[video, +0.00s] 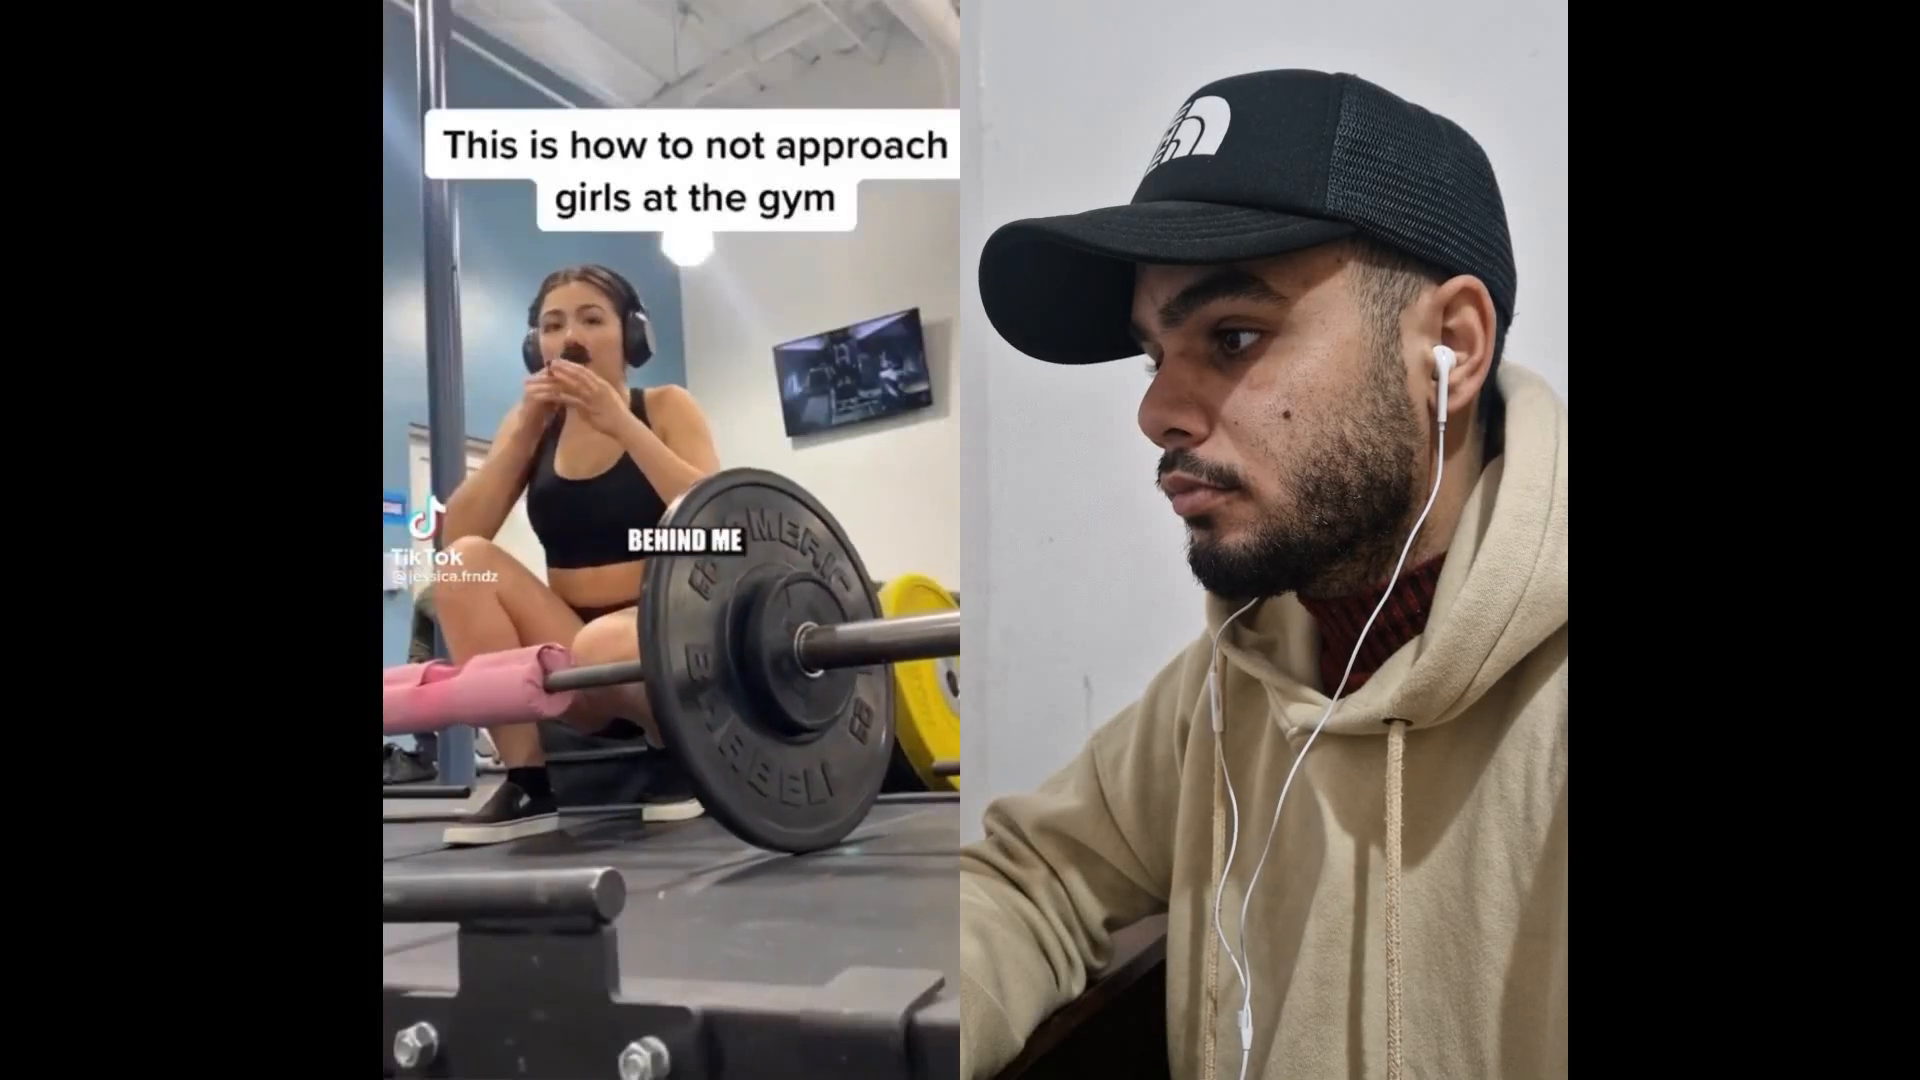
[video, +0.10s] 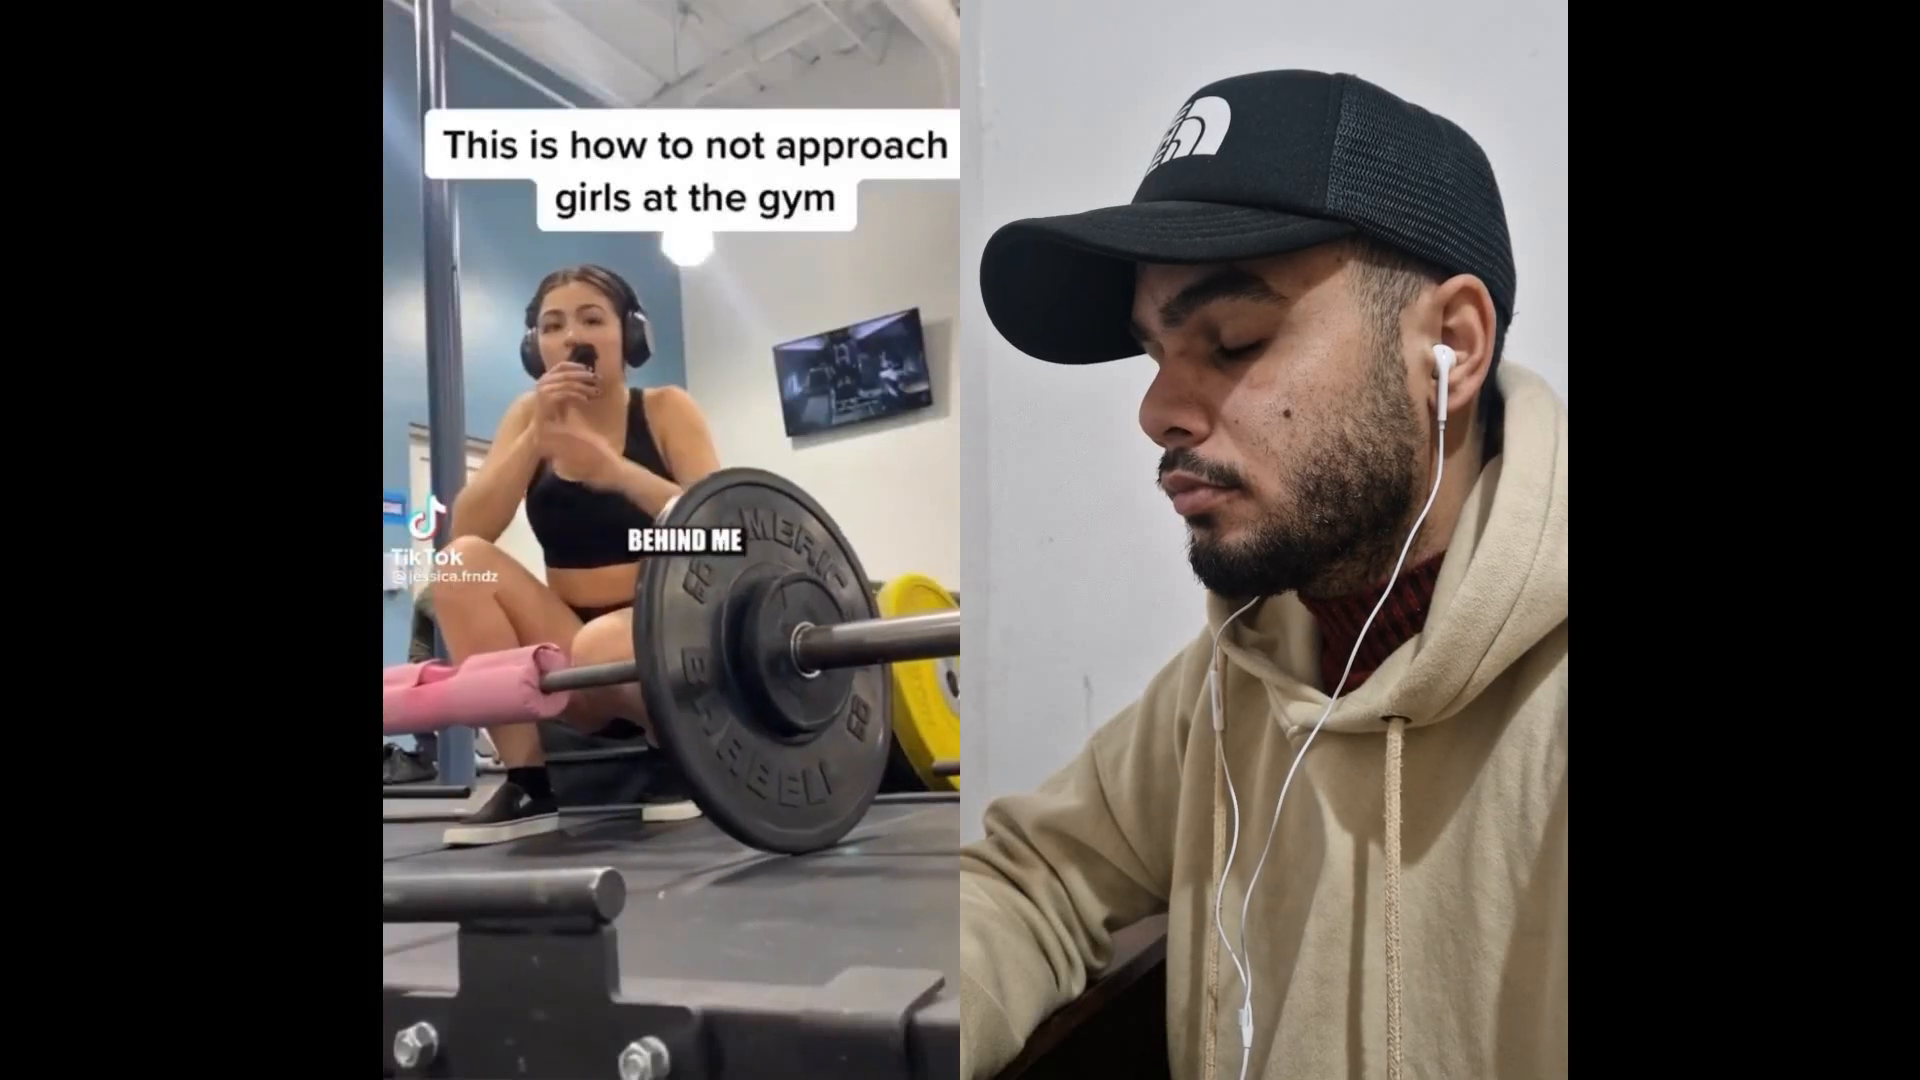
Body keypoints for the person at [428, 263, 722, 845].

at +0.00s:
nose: (571, 336)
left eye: (591, 319)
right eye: (553, 323)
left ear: (628, 336)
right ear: (538, 347)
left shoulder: (666, 407)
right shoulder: (536, 429)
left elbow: (709, 507)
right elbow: (456, 538)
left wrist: (621, 420)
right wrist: (522, 427)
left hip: (670, 633)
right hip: (571, 644)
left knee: (598, 644)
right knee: (463, 564)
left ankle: (679, 754)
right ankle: (527, 781)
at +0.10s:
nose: (573, 334)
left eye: (592, 319)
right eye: (554, 324)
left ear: (628, 336)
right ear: (537, 349)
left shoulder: (666, 410)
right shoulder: (530, 414)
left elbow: (717, 519)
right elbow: (468, 532)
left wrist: (616, 470)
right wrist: (535, 433)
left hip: (671, 628)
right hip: (571, 637)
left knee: (596, 646)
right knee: (461, 564)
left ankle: (689, 754)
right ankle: (527, 781)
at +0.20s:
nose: (575, 332)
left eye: (594, 317)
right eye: (556, 321)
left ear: (629, 334)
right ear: (538, 347)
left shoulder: (663, 411)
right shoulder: (531, 410)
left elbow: (702, 527)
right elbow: (478, 531)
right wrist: (544, 427)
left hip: (663, 630)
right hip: (567, 637)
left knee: (602, 639)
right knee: (462, 562)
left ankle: (676, 758)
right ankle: (526, 781)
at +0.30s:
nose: (577, 331)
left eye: (596, 316)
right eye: (558, 319)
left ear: (630, 336)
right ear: (540, 346)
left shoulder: (660, 413)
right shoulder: (530, 411)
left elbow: (681, 540)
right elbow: (481, 536)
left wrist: (624, 615)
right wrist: (545, 433)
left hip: (663, 638)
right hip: (573, 647)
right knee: (461, 562)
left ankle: (676, 772)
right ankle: (527, 784)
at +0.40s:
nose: (576, 337)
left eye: (596, 320)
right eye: (558, 323)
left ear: (630, 339)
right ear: (539, 347)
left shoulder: (662, 418)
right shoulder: (529, 411)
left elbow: (678, 540)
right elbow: (478, 537)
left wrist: (621, 611)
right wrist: (540, 440)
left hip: (661, 638)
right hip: (572, 647)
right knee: (461, 562)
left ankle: (676, 772)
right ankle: (527, 783)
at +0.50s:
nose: (576, 343)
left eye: (596, 326)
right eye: (558, 329)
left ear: (630, 343)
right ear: (538, 350)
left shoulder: (658, 418)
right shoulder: (529, 414)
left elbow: (671, 539)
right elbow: (475, 540)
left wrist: (613, 609)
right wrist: (537, 450)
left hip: (658, 645)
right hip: (571, 654)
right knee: (461, 562)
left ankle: (673, 774)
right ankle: (527, 783)